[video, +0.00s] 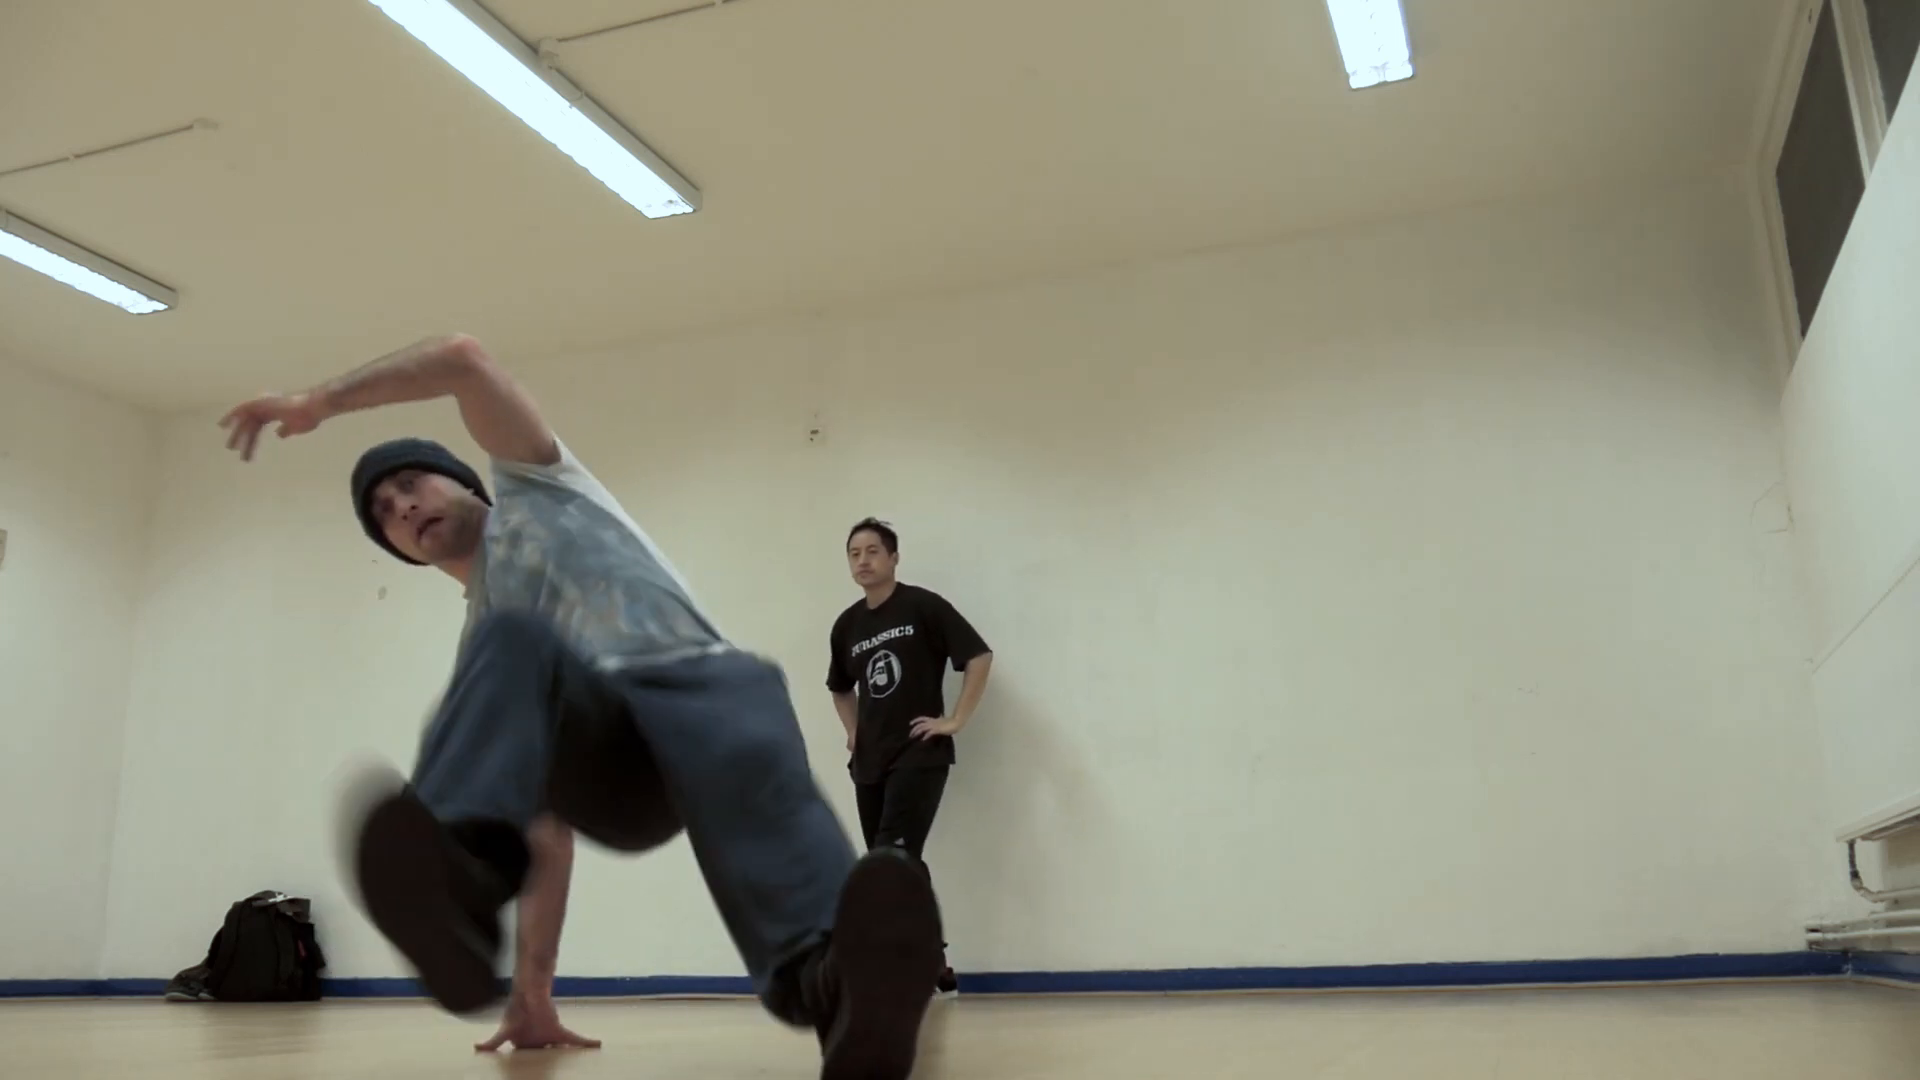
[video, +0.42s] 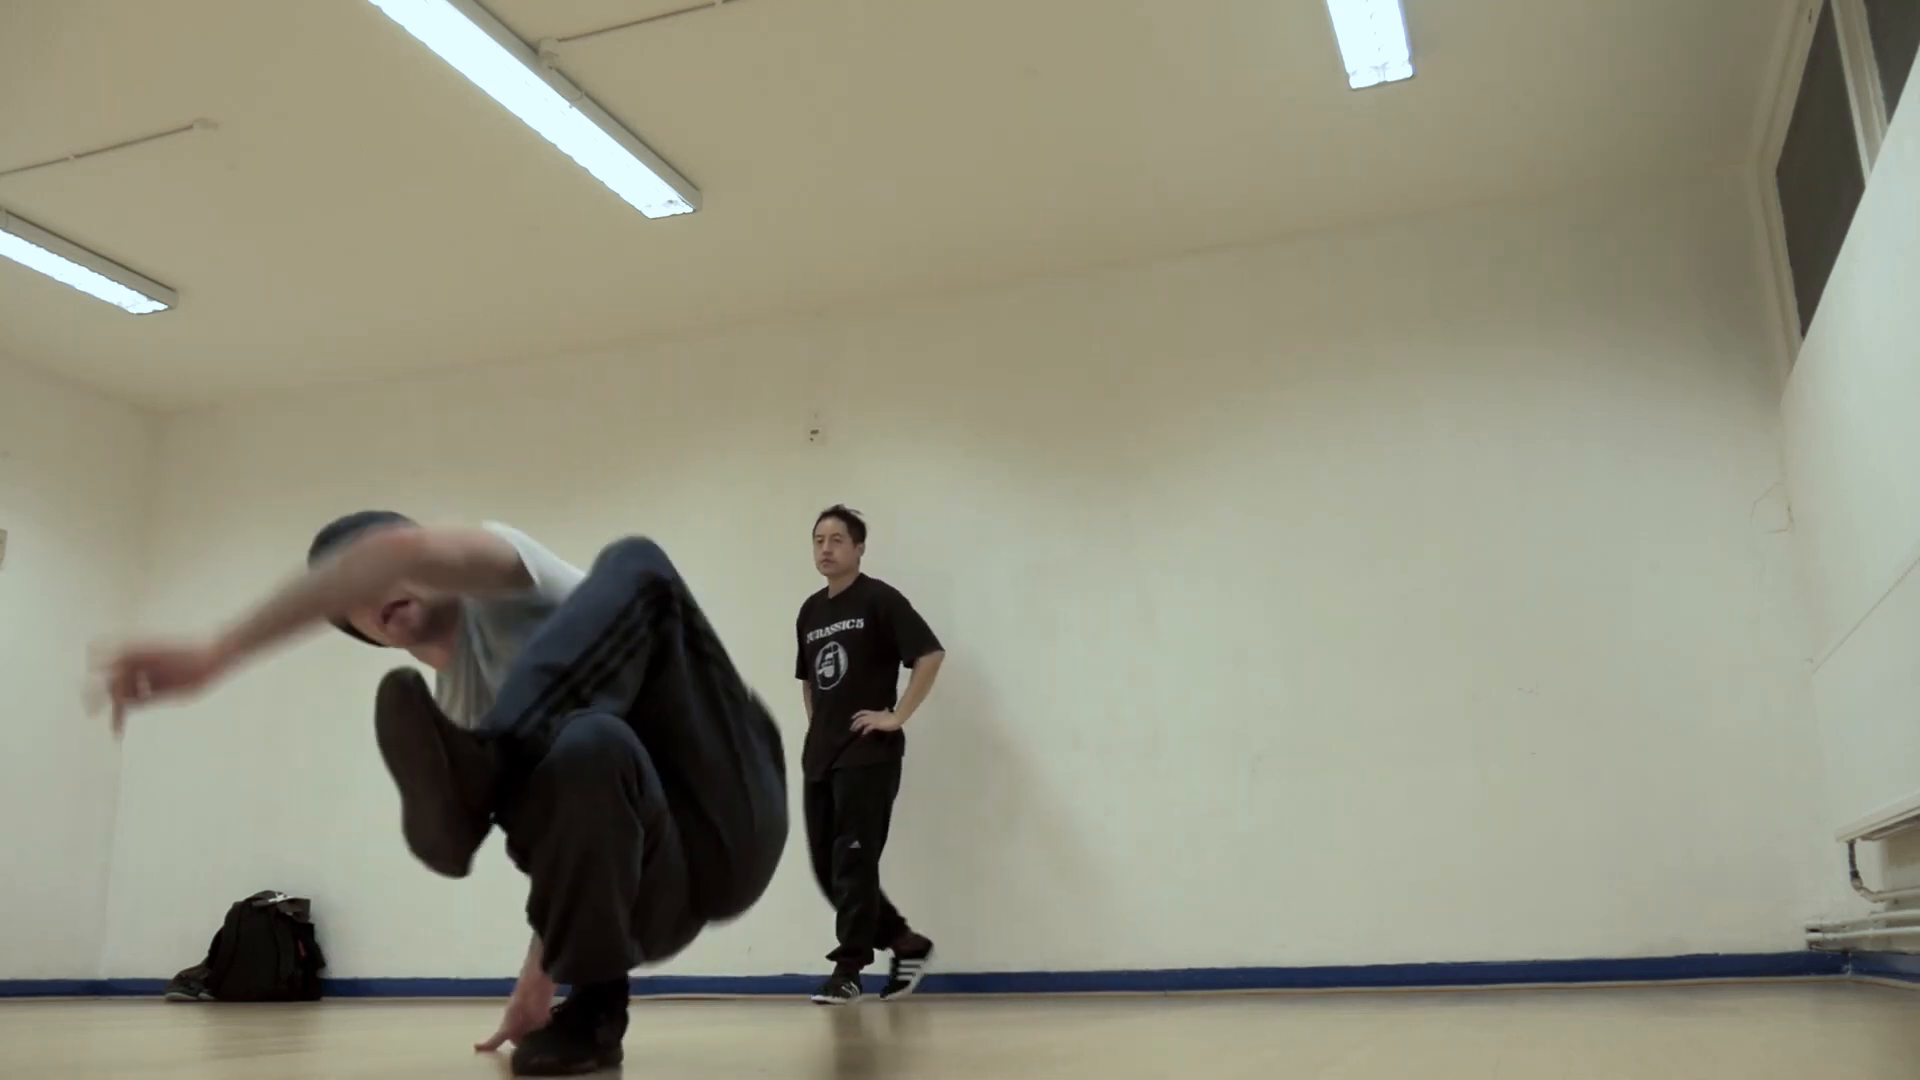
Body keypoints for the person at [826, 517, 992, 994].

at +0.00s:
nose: (863, 560)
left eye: (872, 551)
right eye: (855, 553)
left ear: (893, 557)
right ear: (848, 563)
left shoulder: (924, 606)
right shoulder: (847, 626)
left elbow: (979, 657)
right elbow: (841, 687)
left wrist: (955, 722)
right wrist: (854, 734)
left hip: (920, 750)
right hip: (870, 758)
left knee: (897, 855)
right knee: (884, 861)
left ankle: (923, 966)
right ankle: (930, 964)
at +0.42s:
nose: (826, 548)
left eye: (837, 540)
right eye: (819, 540)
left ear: (858, 548)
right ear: (813, 549)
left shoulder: (880, 599)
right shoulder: (810, 612)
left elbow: (930, 655)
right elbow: (807, 680)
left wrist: (899, 715)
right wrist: (816, 727)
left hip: (869, 746)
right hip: (822, 749)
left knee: (854, 859)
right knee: (828, 867)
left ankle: (847, 972)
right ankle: (907, 946)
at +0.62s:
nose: (803, 544)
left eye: (813, 536)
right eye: (796, 537)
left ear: (835, 542)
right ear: (790, 545)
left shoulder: (856, 592)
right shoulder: (790, 603)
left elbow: (906, 648)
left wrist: (878, 712)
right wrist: (801, 713)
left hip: (847, 744)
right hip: (799, 745)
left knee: (843, 855)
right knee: (771, 851)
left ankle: (845, 972)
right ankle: (829, 940)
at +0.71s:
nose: (790, 544)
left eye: (800, 535)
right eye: (783, 535)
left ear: (823, 542)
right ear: (777, 545)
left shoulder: (845, 591)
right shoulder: (779, 607)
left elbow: (895, 646)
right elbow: (795, 672)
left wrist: (869, 713)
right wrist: (793, 720)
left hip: (840, 746)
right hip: (790, 747)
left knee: (839, 855)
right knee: (756, 849)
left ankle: (846, 973)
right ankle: (784, 961)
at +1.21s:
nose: (695, 536)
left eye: (704, 528)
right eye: (686, 529)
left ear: (726, 535)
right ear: (679, 540)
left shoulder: (757, 583)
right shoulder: (675, 604)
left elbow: (818, 636)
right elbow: (660, 671)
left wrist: (800, 705)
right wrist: (669, 725)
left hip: (762, 743)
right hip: (703, 747)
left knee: (769, 847)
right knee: (705, 855)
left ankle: (817, 949)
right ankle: (706, 971)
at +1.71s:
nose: (672, 537)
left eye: (682, 527)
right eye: (663, 530)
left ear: (702, 535)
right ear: (654, 541)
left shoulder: (742, 585)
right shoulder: (650, 609)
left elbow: (801, 634)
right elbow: (647, 671)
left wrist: (789, 704)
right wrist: (662, 716)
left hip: (747, 744)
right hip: (688, 750)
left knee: (752, 853)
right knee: (691, 855)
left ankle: (756, 949)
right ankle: (700, 957)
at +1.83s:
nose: (682, 538)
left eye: (692, 528)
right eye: (673, 530)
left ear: (712, 536)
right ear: (664, 541)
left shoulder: (751, 586)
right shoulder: (654, 610)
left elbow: (810, 638)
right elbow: (637, 677)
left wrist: (796, 704)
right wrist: (661, 730)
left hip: (753, 746)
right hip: (692, 754)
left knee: (770, 855)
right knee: (694, 863)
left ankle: (796, 950)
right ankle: (699, 958)